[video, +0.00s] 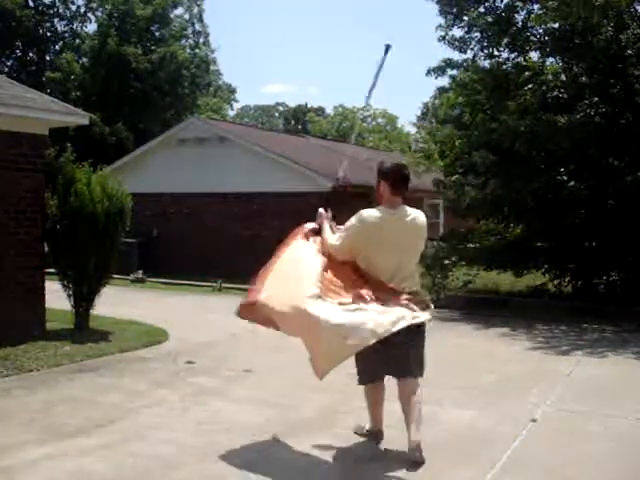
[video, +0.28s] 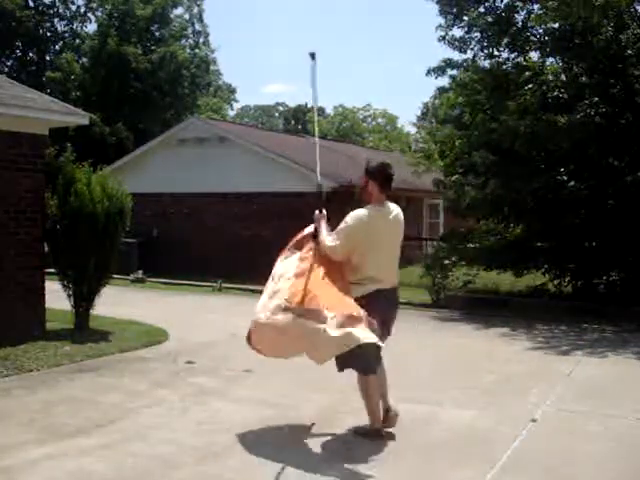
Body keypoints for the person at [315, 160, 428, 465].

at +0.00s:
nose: (377, 189)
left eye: (378, 184)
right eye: (380, 184)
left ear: (383, 187)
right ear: (406, 188)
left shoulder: (365, 221)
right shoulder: (419, 221)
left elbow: (337, 249)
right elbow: (410, 249)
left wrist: (325, 225)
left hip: (370, 312)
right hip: (411, 311)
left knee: (373, 375)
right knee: (410, 379)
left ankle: (376, 429)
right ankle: (415, 441)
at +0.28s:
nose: (363, 187)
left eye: (364, 183)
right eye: (365, 182)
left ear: (370, 185)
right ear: (388, 186)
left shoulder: (358, 219)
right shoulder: (397, 215)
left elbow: (332, 249)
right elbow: (376, 241)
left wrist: (321, 226)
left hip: (363, 296)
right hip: (390, 294)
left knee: (365, 359)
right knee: (373, 353)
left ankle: (376, 424)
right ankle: (386, 407)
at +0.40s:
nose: (349, 182)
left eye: (355, 178)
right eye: (351, 177)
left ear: (372, 184)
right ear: (370, 184)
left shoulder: (360, 219)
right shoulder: (376, 212)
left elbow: (334, 251)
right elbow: (347, 247)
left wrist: (315, 229)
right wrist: (320, 238)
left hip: (359, 296)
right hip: (371, 290)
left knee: (360, 357)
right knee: (347, 349)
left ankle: (375, 422)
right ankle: (353, 398)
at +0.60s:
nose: (341, 188)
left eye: (347, 184)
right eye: (338, 182)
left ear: (358, 187)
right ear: (334, 184)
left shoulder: (363, 218)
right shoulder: (330, 211)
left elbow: (358, 258)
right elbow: (328, 249)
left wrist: (319, 248)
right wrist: (308, 254)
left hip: (358, 296)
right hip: (334, 295)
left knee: (362, 359)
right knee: (336, 353)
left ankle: (378, 411)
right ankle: (333, 401)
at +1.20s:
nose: (355, 193)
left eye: (359, 189)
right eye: (351, 188)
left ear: (365, 191)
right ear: (342, 190)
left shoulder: (374, 220)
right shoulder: (327, 214)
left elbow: (380, 256)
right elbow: (307, 242)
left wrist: (362, 262)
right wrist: (329, 258)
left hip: (363, 295)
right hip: (332, 293)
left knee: (359, 345)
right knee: (330, 345)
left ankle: (362, 386)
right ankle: (331, 392)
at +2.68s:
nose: (388, 211)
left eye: (391, 208)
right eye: (385, 207)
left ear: (394, 206)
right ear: (375, 201)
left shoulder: (397, 218)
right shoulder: (356, 217)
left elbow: (400, 251)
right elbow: (338, 249)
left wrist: (396, 275)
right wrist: (333, 282)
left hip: (388, 288)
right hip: (357, 287)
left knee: (390, 336)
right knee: (349, 335)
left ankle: (395, 376)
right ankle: (340, 376)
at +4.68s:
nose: (385, 211)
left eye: (389, 207)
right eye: (383, 206)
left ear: (390, 205)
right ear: (373, 200)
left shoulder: (391, 219)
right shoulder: (353, 218)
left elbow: (395, 253)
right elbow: (339, 250)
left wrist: (394, 278)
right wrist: (335, 280)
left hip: (385, 289)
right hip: (355, 287)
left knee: (389, 336)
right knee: (346, 334)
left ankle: (395, 376)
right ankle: (334, 380)